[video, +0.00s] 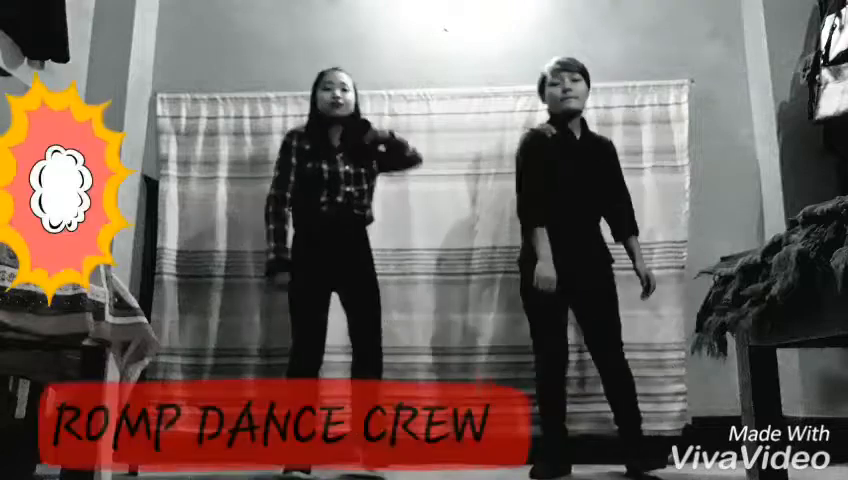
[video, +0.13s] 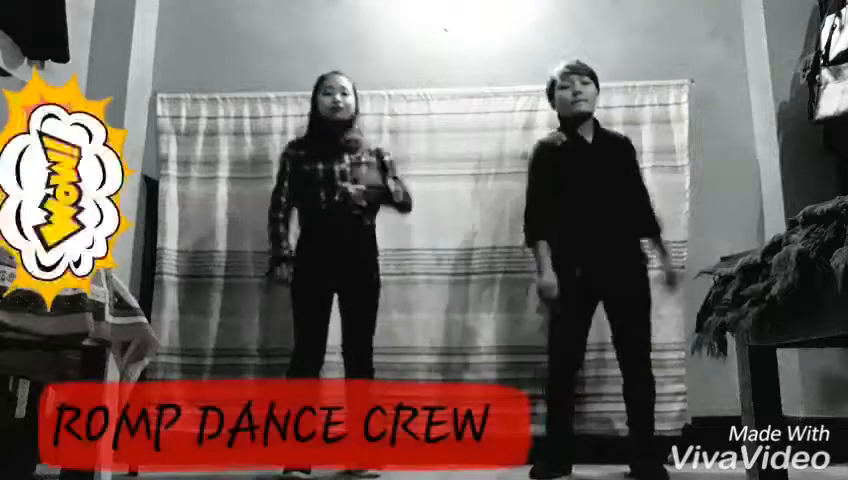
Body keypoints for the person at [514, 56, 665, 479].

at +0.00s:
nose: (565, 87)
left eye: (573, 81)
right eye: (556, 83)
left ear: (588, 93)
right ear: (544, 96)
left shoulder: (601, 148)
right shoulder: (535, 144)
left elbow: (617, 207)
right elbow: (529, 205)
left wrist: (638, 261)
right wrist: (544, 257)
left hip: (590, 261)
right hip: (543, 263)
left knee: (610, 355)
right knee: (551, 362)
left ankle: (635, 450)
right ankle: (554, 457)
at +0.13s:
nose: (575, 90)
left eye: (583, 84)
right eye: (565, 86)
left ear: (598, 96)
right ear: (553, 101)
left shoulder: (619, 147)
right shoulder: (547, 153)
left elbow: (641, 206)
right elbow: (536, 217)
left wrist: (664, 255)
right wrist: (545, 269)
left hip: (624, 270)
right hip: (572, 273)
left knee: (637, 365)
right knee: (562, 368)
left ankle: (645, 458)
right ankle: (556, 459)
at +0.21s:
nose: (581, 86)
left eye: (589, 80)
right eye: (571, 83)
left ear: (606, 91)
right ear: (560, 99)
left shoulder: (631, 135)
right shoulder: (554, 154)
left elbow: (675, 186)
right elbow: (538, 215)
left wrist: (720, 231)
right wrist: (536, 272)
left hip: (638, 261)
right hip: (585, 264)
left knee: (640, 360)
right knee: (571, 360)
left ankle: (645, 459)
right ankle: (558, 457)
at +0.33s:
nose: (584, 93)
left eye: (593, 85)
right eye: (576, 88)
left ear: (611, 93)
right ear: (568, 101)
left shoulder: (638, 137)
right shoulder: (562, 159)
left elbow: (678, 173)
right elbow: (557, 219)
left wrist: (710, 207)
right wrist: (561, 265)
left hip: (638, 265)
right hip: (585, 268)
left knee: (639, 362)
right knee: (564, 359)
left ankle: (646, 457)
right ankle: (556, 452)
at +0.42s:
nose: (576, 91)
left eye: (586, 83)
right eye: (571, 86)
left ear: (608, 91)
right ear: (567, 98)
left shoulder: (629, 133)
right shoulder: (561, 155)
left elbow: (633, 188)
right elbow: (560, 215)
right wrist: (565, 258)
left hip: (628, 264)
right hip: (580, 266)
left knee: (634, 359)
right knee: (559, 358)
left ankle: (644, 457)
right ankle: (540, 453)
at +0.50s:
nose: (554, 94)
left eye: (563, 87)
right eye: (552, 89)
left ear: (589, 93)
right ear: (553, 100)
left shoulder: (607, 135)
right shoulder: (548, 148)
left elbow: (583, 193)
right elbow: (545, 208)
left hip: (598, 259)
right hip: (553, 261)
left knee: (616, 357)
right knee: (542, 354)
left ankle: (640, 455)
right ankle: (533, 452)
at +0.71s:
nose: (538, 104)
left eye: (548, 97)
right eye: (534, 97)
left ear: (570, 102)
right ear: (529, 103)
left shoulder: (590, 152)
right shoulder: (512, 151)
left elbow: (605, 206)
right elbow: (481, 199)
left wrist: (615, 230)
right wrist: (504, 201)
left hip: (575, 269)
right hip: (525, 270)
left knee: (590, 359)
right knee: (529, 362)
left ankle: (607, 453)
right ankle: (529, 453)